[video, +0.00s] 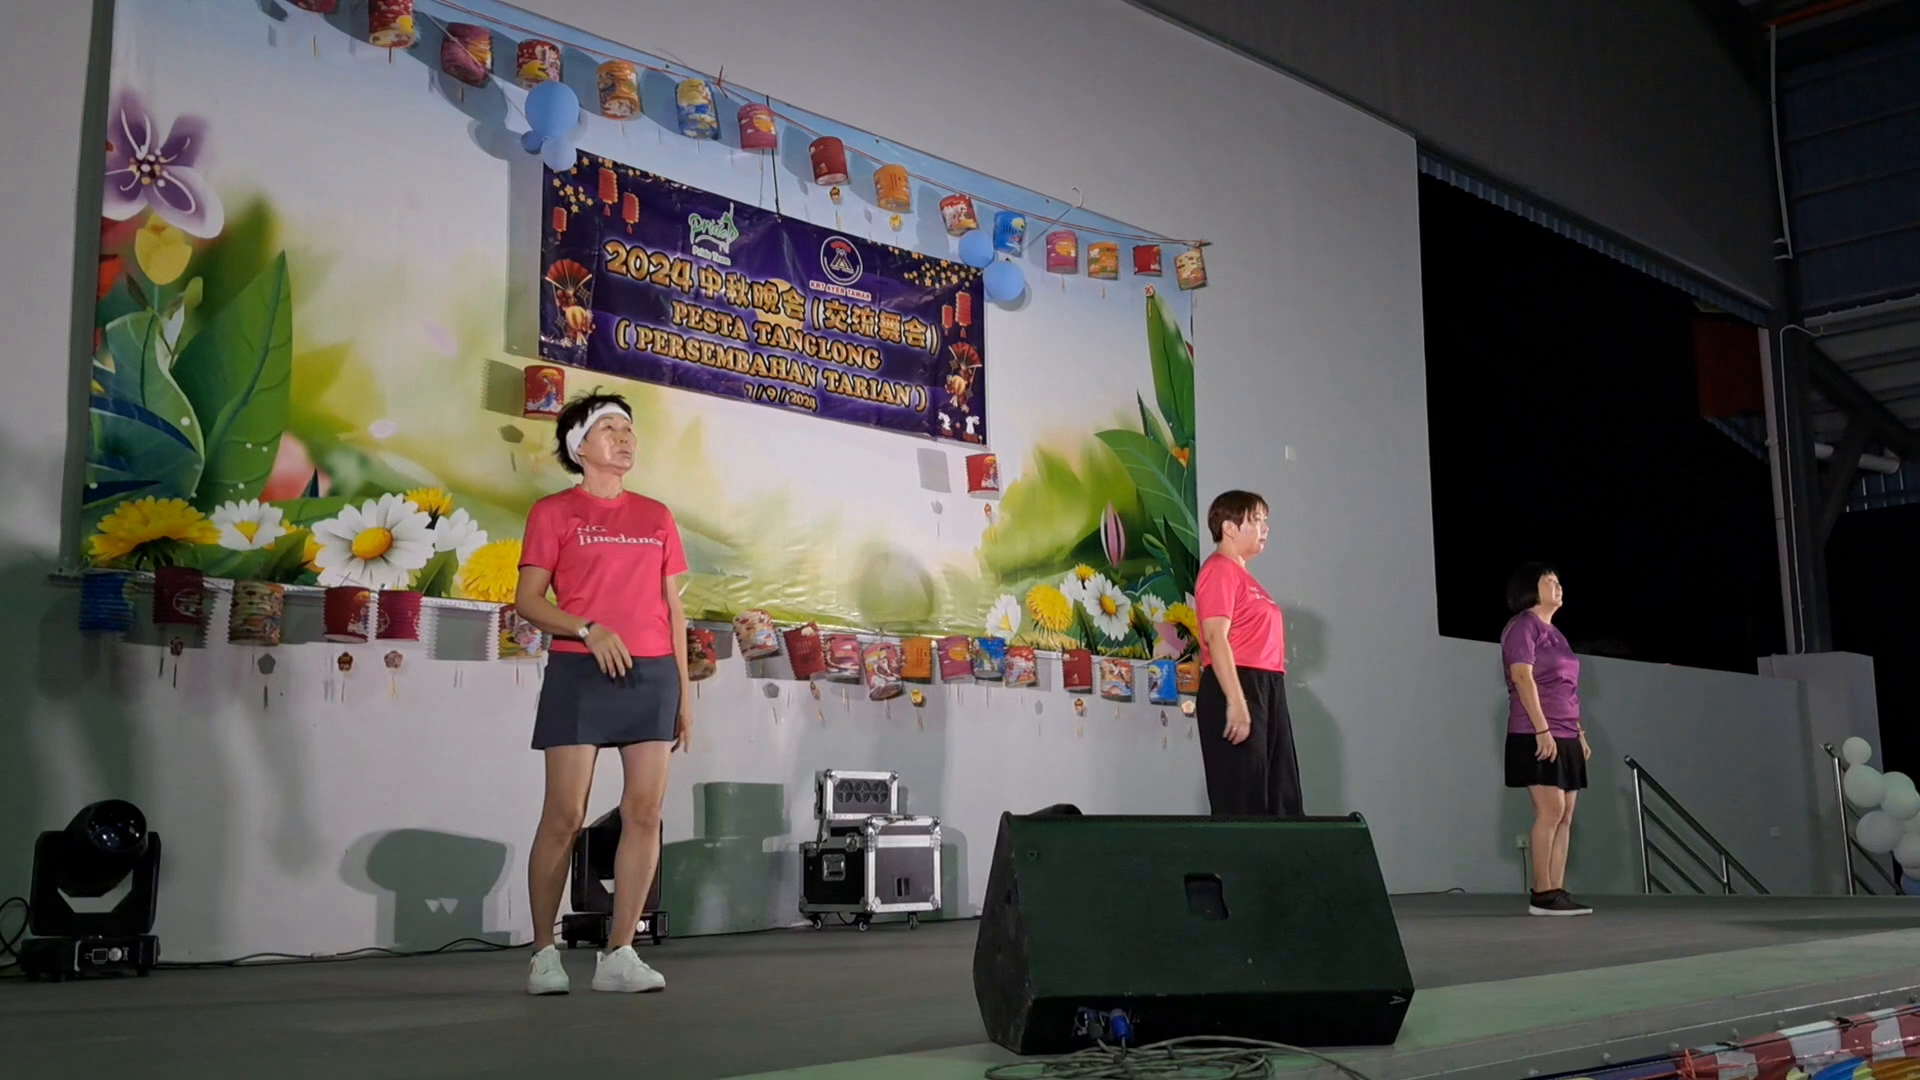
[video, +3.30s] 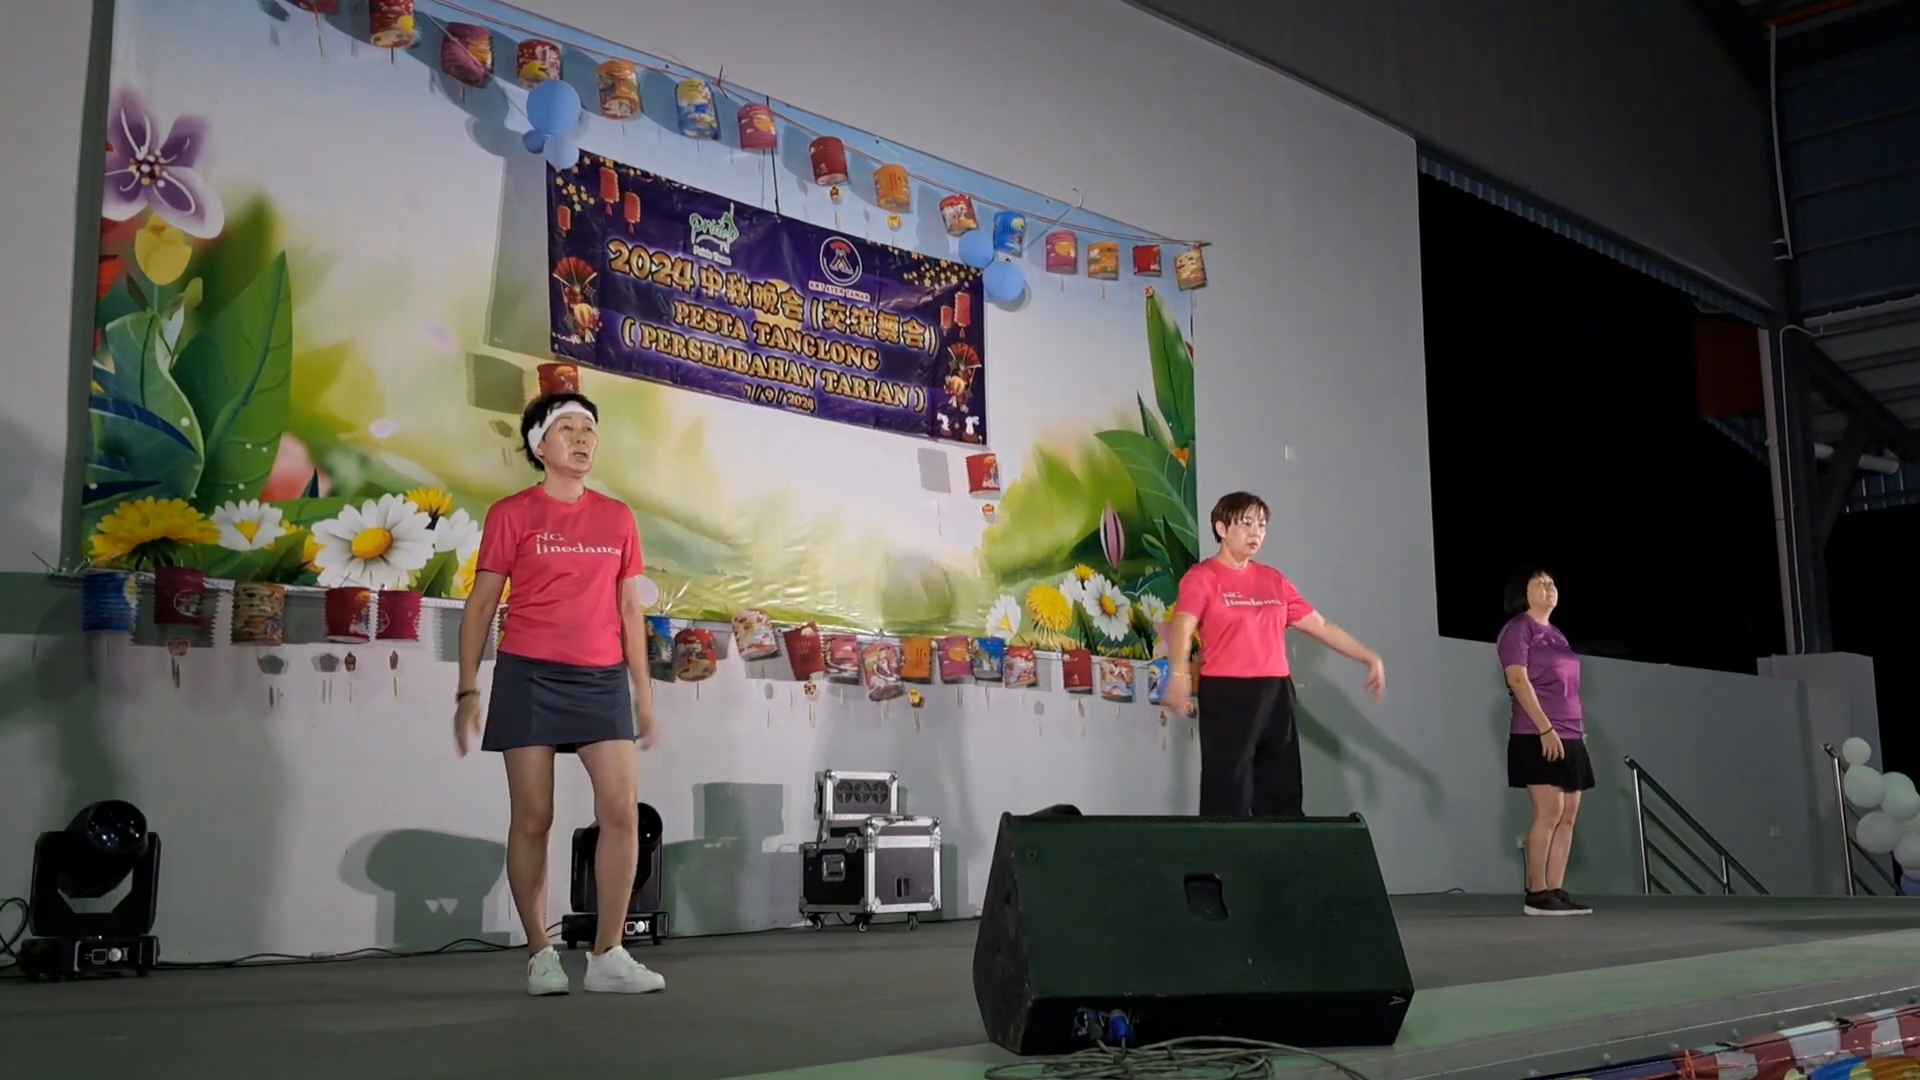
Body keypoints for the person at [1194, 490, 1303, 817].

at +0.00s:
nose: (1265, 530)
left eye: (1265, 522)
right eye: (1257, 521)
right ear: (1229, 527)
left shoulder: (1240, 572)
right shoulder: (1221, 569)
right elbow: (1215, 637)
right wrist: (1236, 701)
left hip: (1268, 687)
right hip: (1240, 687)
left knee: (1282, 792)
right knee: (1243, 797)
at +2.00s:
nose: (1263, 525)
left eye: (1265, 518)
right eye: (1254, 517)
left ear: (1270, 522)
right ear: (1228, 524)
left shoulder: (1248, 570)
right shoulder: (1226, 569)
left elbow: (1251, 639)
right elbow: (1224, 640)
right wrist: (1248, 703)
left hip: (1275, 688)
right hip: (1244, 687)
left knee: (1285, 798)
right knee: (1247, 801)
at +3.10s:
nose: (1263, 528)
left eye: (1267, 520)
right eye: (1252, 519)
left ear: (1272, 525)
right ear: (1227, 525)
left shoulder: (1267, 572)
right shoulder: (1221, 574)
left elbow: (1289, 631)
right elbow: (1216, 635)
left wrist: (1313, 684)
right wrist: (1241, 693)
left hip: (1277, 693)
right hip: (1236, 692)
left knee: (1286, 796)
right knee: (1257, 797)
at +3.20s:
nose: (1260, 531)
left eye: (1265, 523)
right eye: (1251, 522)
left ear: (1270, 529)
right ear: (1226, 528)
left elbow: (1306, 631)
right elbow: (1200, 632)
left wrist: (1345, 675)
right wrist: (1214, 684)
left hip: (1279, 698)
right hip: (1235, 698)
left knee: (1286, 798)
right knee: (1251, 799)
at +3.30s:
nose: (1256, 533)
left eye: (1261, 525)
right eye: (1247, 524)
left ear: (1266, 532)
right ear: (1221, 529)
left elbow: (1320, 626)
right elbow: (1182, 628)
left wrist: (1370, 657)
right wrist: (1179, 677)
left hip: (1277, 696)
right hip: (1227, 695)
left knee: (1282, 793)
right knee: (1229, 794)